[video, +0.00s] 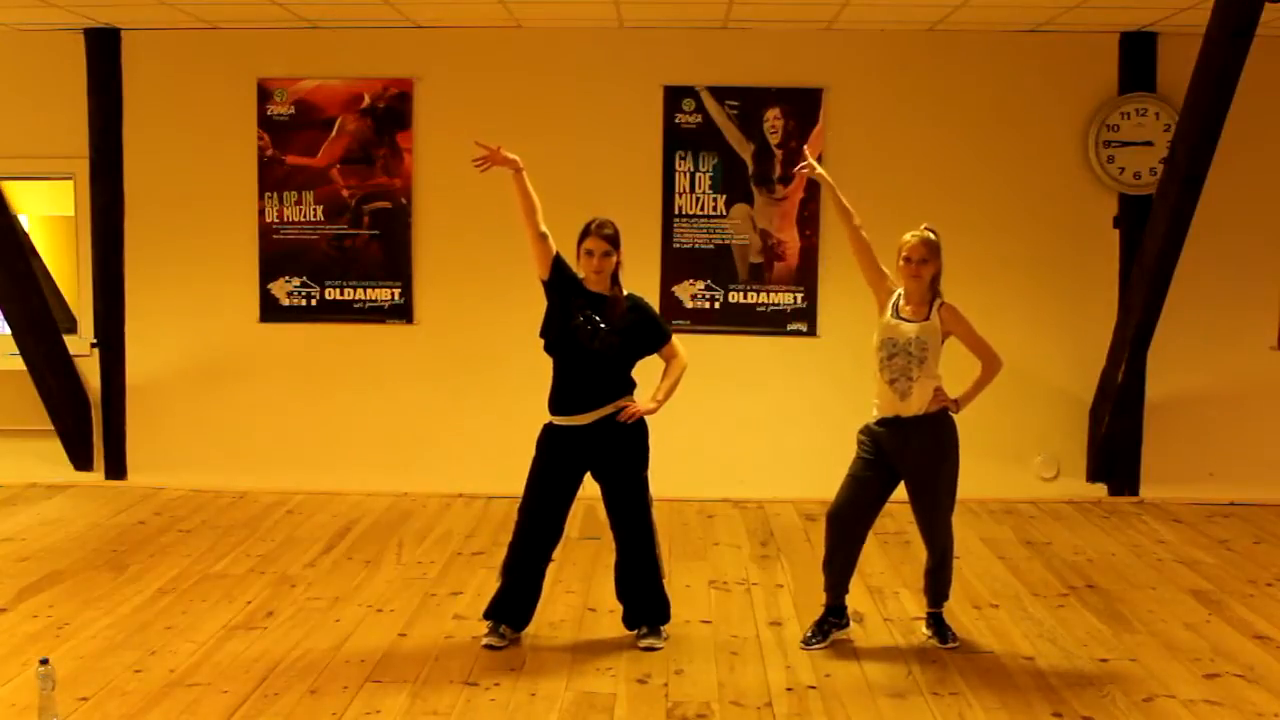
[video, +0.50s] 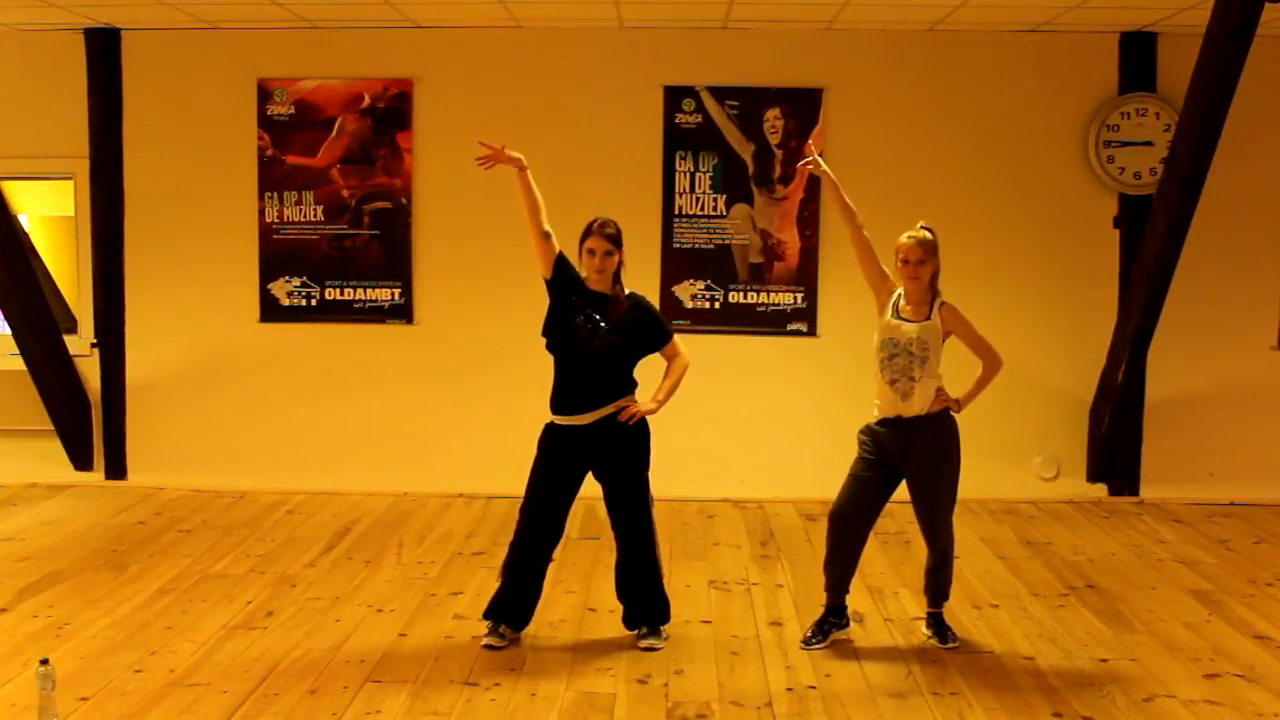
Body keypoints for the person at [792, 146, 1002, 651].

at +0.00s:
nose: (909, 267)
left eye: (919, 261)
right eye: (905, 260)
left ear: (936, 266)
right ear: (898, 262)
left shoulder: (944, 315)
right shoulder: (888, 297)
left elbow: (993, 362)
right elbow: (855, 229)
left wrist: (960, 401)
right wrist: (823, 178)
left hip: (931, 435)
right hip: (882, 435)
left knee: (938, 532)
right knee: (841, 518)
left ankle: (936, 615)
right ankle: (834, 612)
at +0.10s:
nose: (908, 267)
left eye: (918, 261)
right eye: (904, 260)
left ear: (935, 266)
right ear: (897, 262)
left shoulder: (944, 315)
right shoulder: (888, 298)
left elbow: (993, 362)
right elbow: (854, 230)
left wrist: (960, 401)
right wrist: (823, 180)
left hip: (932, 435)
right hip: (883, 435)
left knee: (938, 531)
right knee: (842, 518)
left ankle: (936, 615)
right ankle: (834, 612)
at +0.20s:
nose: (906, 268)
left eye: (916, 261)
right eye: (902, 260)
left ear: (934, 266)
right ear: (896, 262)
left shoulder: (943, 314)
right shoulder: (887, 297)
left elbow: (993, 361)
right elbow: (854, 228)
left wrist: (961, 401)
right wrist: (823, 177)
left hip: (932, 435)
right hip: (883, 435)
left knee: (939, 532)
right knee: (843, 519)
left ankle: (936, 615)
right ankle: (834, 612)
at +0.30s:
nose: (906, 268)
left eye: (915, 261)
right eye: (901, 261)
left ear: (933, 265)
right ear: (895, 263)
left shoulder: (943, 314)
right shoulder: (887, 298)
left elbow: (993, 361)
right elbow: (854, 227)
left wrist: (961, 401)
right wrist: (823, 174)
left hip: (932, 435)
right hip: (883, 435)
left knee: (938, 531)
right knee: (843, 518)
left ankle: (936, 615)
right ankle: (834, 612)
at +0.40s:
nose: (906, 268)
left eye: (915, 261)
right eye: (902, 261)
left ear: (933, 265)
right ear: (895, 262)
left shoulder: (944, 315)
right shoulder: (888, 298)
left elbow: (993, 361)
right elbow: (855, 227)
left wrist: (961, 401)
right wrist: (824, 172)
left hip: (932, 435)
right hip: (883, 435)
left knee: (939, 531)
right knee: (843, 518)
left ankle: (936, 615)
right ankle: (834, 612)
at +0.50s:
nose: (906, 268)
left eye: (915, 262)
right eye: (901, 261)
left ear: (933, 265)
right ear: (895, 262)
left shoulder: (944, 315)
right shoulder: (888, 298)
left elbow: (993, 361)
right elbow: (855, 226)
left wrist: (961, 401)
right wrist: (823, 171)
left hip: (933, 435)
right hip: (883, 435)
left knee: (939, 531)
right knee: (844, 519)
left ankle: (936, 615)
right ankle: (834, 612)